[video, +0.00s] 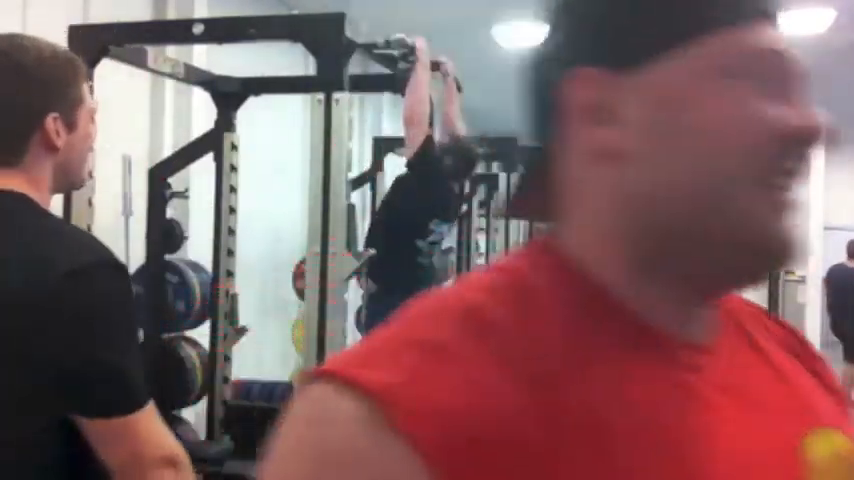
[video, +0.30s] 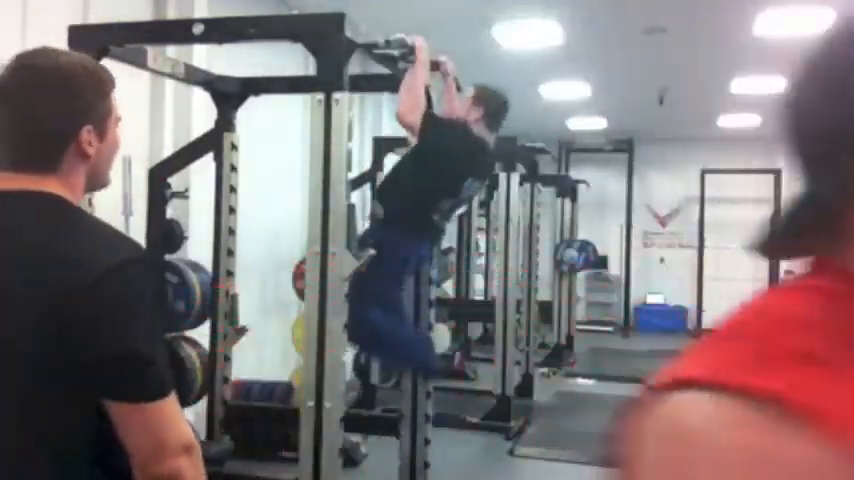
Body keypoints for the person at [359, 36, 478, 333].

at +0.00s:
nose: (437, 141)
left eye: (443, 142)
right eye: (442, 139)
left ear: (443, 156)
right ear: (461, 169)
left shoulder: (425, 175)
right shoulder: (451, 191)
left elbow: (414, 120)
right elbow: (452, 128)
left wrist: (421, 58)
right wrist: (450, 79)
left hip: (389, 298)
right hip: (424, 294)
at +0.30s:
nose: (456, 104)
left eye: (464, 99)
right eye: (462, 99)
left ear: (477, 111)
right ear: (490, 119)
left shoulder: (452, 137)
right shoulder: (483, 156)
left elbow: (407, 114)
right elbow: (451, 121)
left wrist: (419, 58)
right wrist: (447, 78)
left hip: (397, 236)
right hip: (423, 239)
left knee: (362, 317)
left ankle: (433, 364)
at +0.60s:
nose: (441, 34)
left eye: (445, 28)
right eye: (443, 28)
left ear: (461, 31)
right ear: (475, 32)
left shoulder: (473, 67)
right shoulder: (486, 67)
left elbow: (433, 107)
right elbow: (437, 105)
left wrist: (422, 54)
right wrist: (427, 68)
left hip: (419, 166)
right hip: (432, 168)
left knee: (330, 206)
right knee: (347, 212)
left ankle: (251, 248)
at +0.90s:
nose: (440, 48)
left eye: (445, 42)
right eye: (441, 42)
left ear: (462, 45)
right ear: (472, 49)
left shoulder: (469, 74)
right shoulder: (481, 80)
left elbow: (433, 95)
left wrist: (424, 46)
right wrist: (429, 64)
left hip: (429, 173)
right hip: (448, 186)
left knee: (335, 176)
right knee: (362, 206)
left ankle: (260, 202)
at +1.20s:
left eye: (432, 115)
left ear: (435, 120)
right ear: (468, 131)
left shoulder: (437, 147)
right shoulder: (471, 170)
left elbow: (409, 106)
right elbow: (459, 123)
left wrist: (421, 54)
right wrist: (453, 79)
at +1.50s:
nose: (410, 146)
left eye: (416, 141)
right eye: (418, 140)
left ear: (420, 149)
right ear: (443, 151)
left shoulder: (420, 174)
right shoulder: (445, 179)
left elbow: (416, 117)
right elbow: (451, 129)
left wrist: (422, 59)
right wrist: (452, 78)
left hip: (406, 301)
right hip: (438, 301)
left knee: (383, 403)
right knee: (429, 400)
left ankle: (410, 470)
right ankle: (464, 469)